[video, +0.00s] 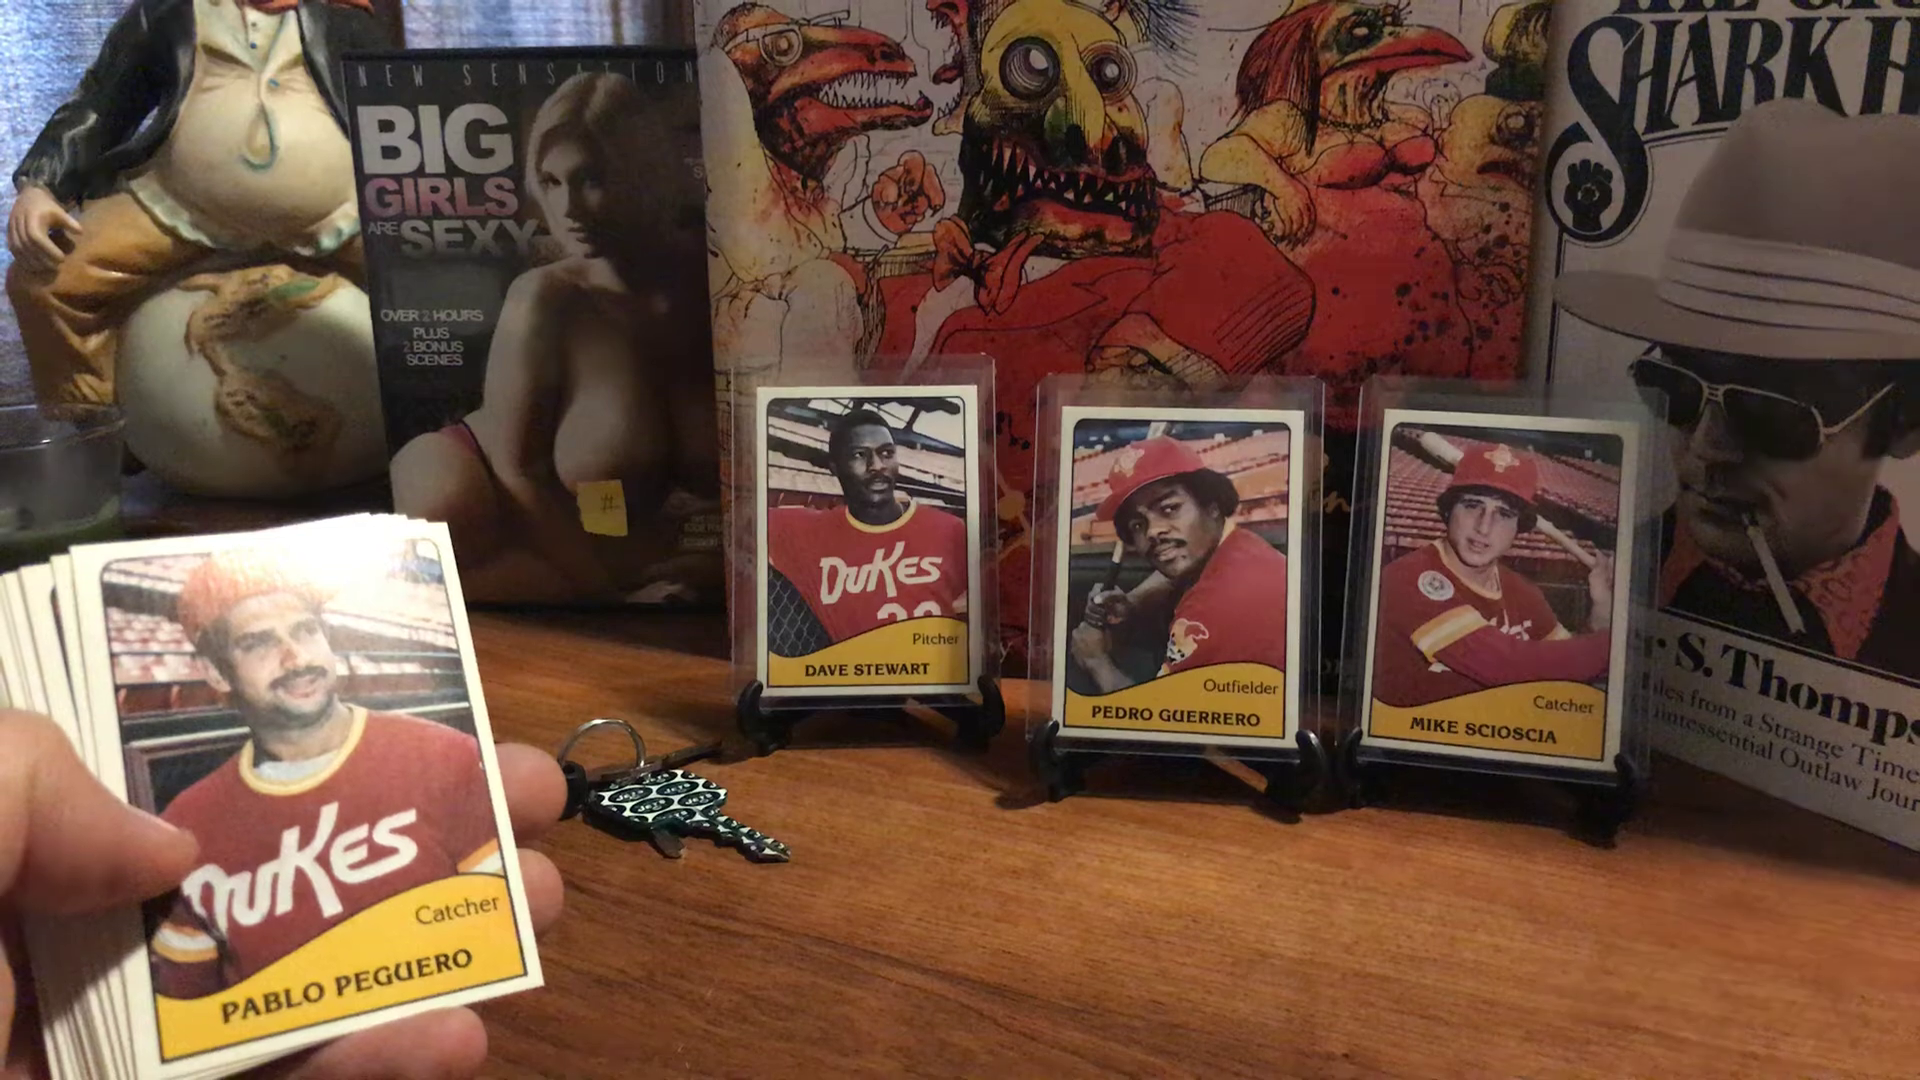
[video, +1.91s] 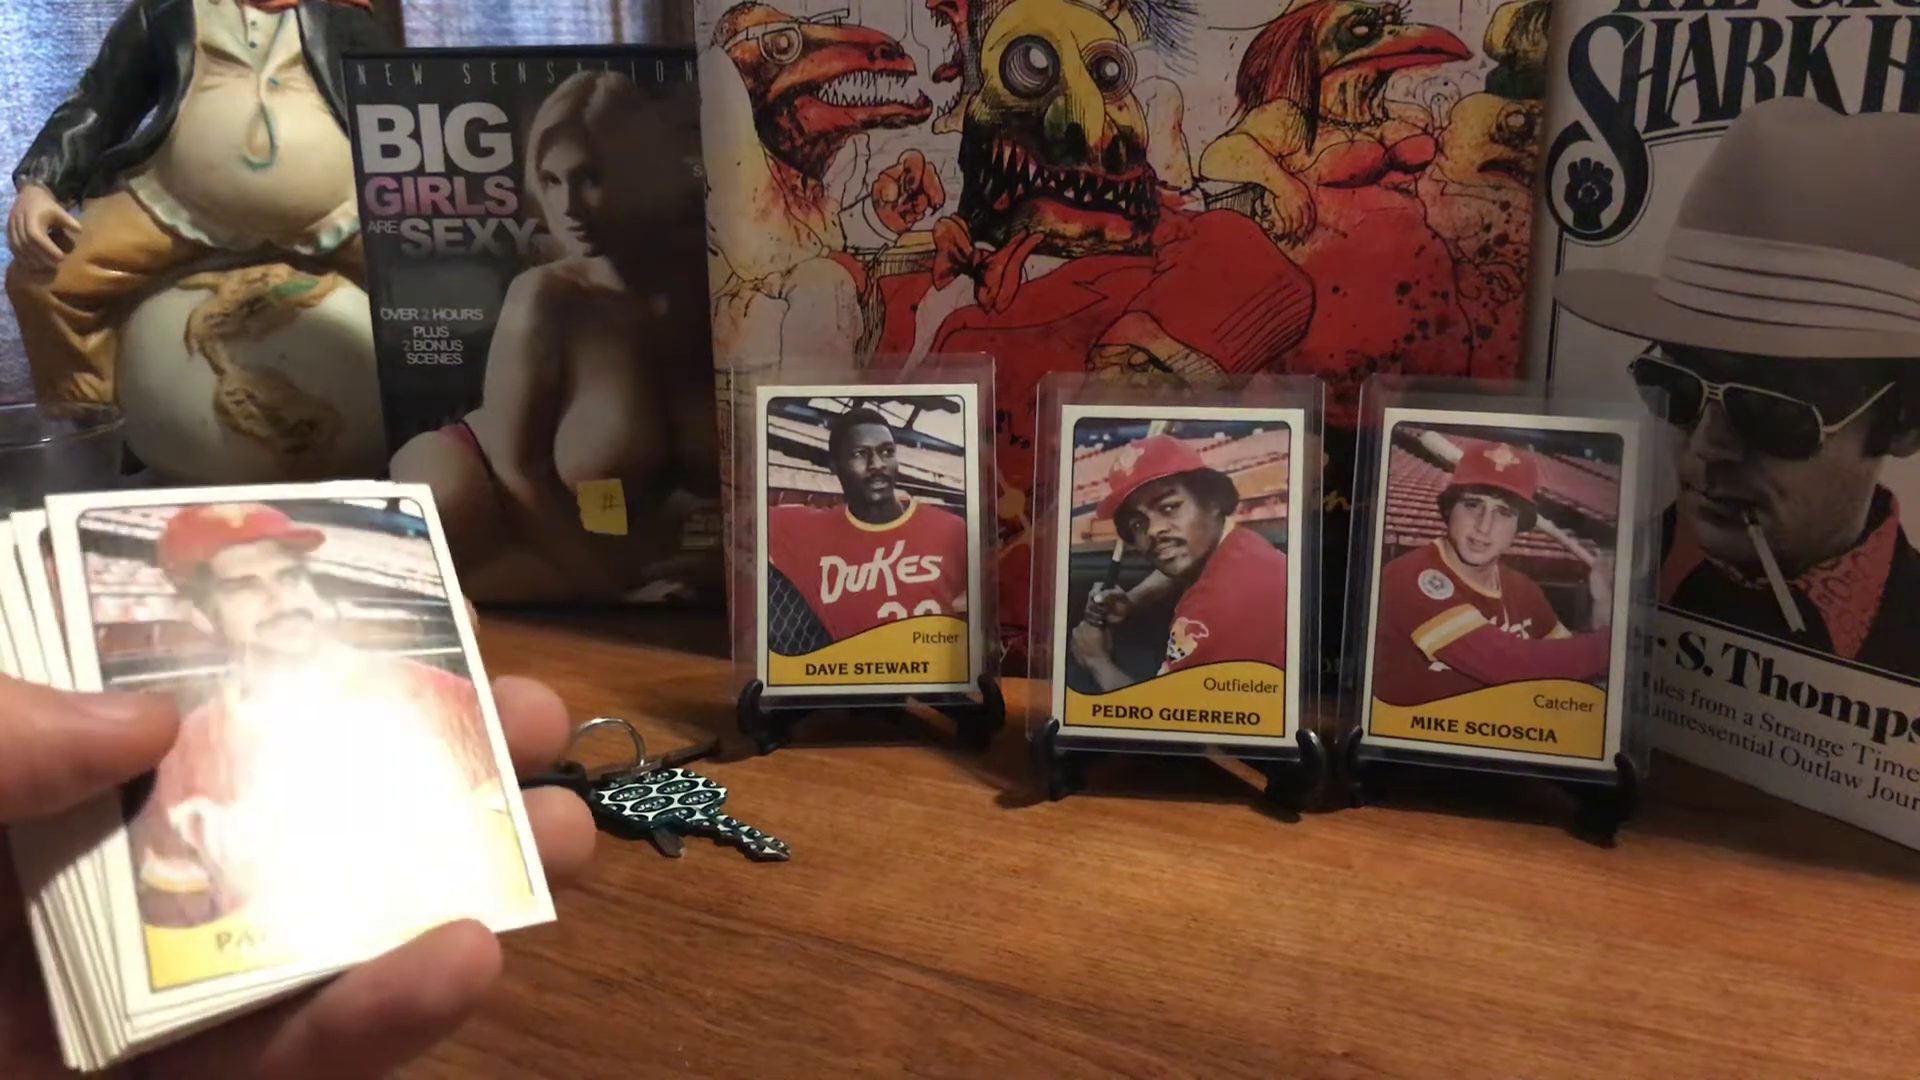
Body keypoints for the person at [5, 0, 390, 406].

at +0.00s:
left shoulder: (351, 19)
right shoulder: (168, 10)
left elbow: (401, 112)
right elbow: (100, 102)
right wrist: (36, 183)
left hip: (340, 211)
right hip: (180, 206)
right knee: (45, 281)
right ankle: (101, 452)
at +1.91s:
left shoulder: (350, 21)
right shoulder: (164, 12)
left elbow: (402, 113)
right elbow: (96, 104)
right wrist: (36, 183)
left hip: (338, 211)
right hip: (177, 207)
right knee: (44, 283)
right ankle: (105, 442)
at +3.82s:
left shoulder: (346, 18)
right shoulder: (162, 9)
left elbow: (398, 108)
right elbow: (96, 101)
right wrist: (32, 181)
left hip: (335, 212)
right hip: (175, 205)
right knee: (41, 282)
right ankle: (100, 445)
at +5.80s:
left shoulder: (346, 17)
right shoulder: (162, 11)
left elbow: (398, 100)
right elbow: (94, 102)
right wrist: (32, 181)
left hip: (336, 210)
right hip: (175, 206)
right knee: (40, 279)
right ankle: (107, 447)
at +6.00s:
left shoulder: (346, 16)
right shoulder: (161, 10)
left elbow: (400, 101)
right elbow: (94, 101)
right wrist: (31, 181)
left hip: (336, 210)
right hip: (174, 206)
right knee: (39, 278)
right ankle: (98, 447)